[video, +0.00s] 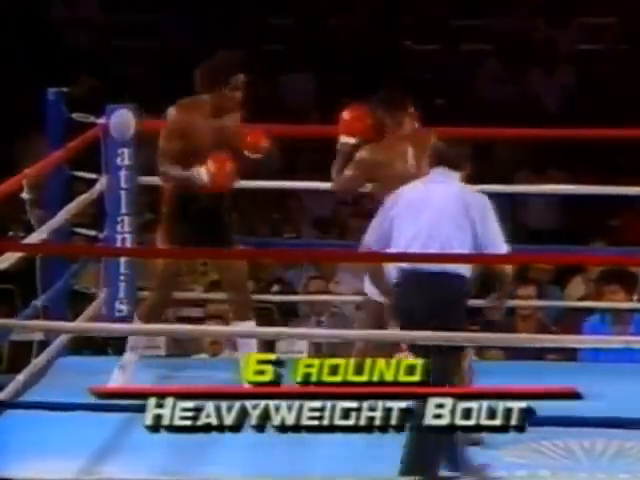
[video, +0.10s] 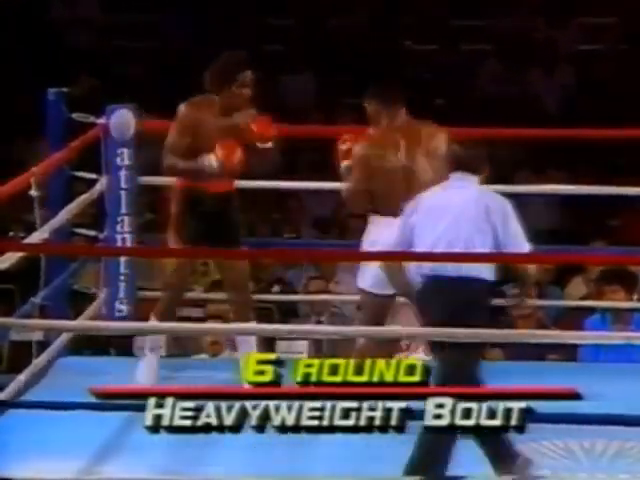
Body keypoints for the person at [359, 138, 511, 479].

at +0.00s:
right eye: (470, 170)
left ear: (430, 163)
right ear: (464, 170)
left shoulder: (401, 195)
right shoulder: (473, 199)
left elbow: (369, 252)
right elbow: (500, 260)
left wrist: (390, 292)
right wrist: (500, 298)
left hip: (408, 283)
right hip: (450, 284)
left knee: (434, 369)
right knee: (442, 374)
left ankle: (453, 454)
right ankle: (418, 465)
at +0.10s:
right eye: (489, 173)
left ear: (449, 168)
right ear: (483, 172)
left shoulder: (421, 201)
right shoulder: (494, 202)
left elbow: (391, 259)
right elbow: (520, 259)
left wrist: (411, 295)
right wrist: (528, 292)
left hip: (431, 289)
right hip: (474, 289)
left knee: (463, 379)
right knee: (451, 381)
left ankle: (507, 460)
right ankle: (424, 468)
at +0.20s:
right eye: (498, 168)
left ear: (459, 168)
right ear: (495, 170)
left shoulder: (434, 205)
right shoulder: (507, 201)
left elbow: (410, 265)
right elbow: (539, 261)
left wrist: (431, 298)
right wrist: (539, 290)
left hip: (449, 291)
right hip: (493, 290)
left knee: (479, 381)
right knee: (476, 382)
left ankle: (515, 464)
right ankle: (432, 469)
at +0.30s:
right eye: (514, 166)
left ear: (474, 168)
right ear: (512, 167)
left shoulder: (453, 202)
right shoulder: (526, 198)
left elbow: (434, 261)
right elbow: (556, 256)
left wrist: (456, 292)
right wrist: (569, 298)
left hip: (469, 290)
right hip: (513, 289)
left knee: (491, 373)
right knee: (526, 376)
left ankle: (513, 464)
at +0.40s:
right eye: (522, 161)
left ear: (486, 163)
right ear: (522, 161)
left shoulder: (464, 197)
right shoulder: (539, 194)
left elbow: (440, 256)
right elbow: (570, 255)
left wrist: (462, 286)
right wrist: (579, 308)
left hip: (482, 290)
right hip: (527, 289)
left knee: (500, 376)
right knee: (548, 371)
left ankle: (509, 458)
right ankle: (532, 440)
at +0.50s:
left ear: (500, 159)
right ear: (537, 159)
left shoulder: (479, 193)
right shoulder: (556, 190)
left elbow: (453, 252)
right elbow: (584, 251)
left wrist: (478, 281)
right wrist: (595, 303)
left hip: (498, 286)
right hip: (545, 284)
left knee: (506, 375)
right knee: (564, 368)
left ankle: (512, 464)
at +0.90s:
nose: (498, 184)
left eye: (499, 179)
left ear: (502, 180)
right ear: (536, 173)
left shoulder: (500, 219)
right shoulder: (574, 197)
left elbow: (484, 286)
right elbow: (617, 252)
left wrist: (502, 314)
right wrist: (619, 299)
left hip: (539, 301)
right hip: (587, 296)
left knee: (509, 379)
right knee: (594, 373)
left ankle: (510, 466)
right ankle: (601, 464)